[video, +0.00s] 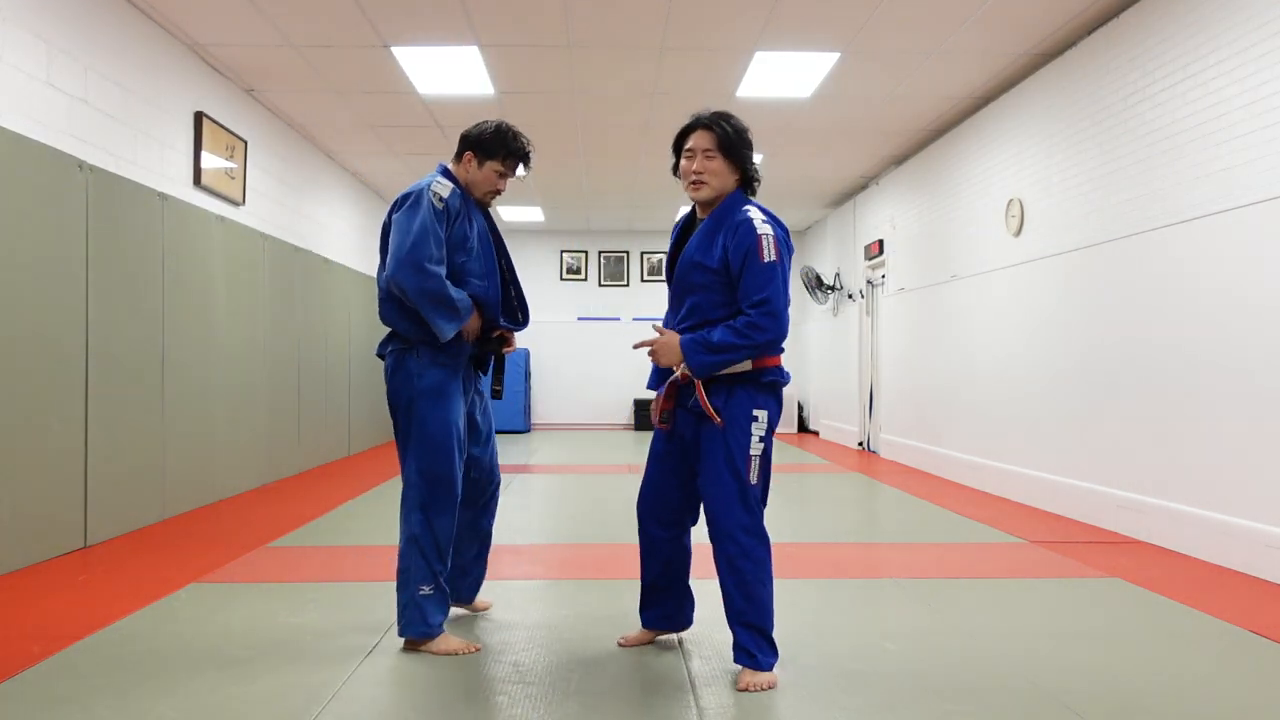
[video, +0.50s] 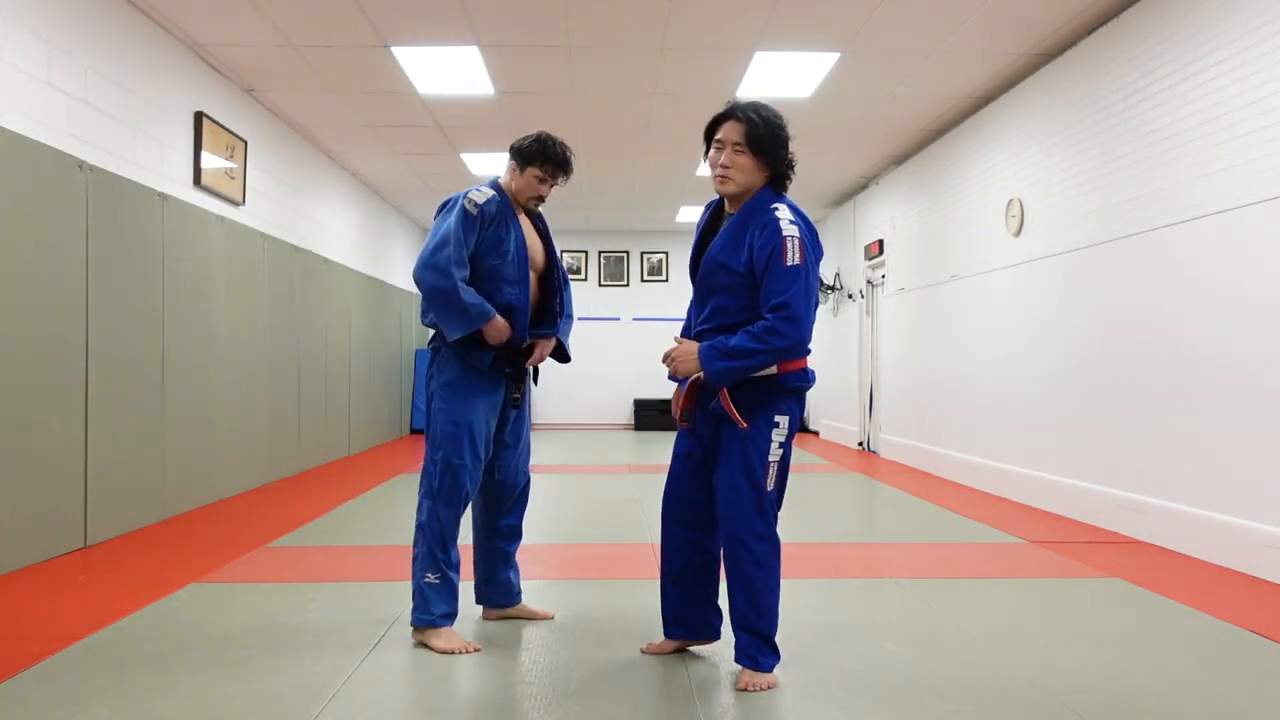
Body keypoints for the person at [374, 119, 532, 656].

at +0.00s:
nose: (504, 187)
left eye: (509, 178)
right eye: (500, 175)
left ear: (480, 168)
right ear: (469, 160)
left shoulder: (473, 213)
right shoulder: (429, 198)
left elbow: (479, 285)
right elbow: (410, 273)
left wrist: (496, 326)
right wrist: (463, 314)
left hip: (464, 367)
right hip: (426, 367)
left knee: (480, 479)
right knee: (434, 488)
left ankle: (456, 587)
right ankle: (420, 627)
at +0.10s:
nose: (509, 190)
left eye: (515, 180)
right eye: (505, 177)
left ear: (491, 172)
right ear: (473, 162)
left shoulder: (482, 217)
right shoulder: (432, 204)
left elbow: (495, 288)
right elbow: (415, 278)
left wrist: (510, 329)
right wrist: (469, 320)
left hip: (468, 368)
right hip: (429, 367)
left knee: (481, 485)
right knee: (430, 493)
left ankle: (490, 593)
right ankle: (419, 627)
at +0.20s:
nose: (517, 190)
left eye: (523, 181)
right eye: (513, 178)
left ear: (507, 176)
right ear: (483, 164)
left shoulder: (497, 220)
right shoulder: (441, 204)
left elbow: (514, 290)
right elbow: (422, 280)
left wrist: (520, 331)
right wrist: (471, 328)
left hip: (478, 369)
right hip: (436, 366)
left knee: (488, 487)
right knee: (429, 493)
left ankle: (502, 597)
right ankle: (418, 626)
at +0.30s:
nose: (528, 190)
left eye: (534, 181)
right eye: (524, 177)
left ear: (529, 179)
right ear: (497, 164)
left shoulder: (510, 220)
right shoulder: (452, 204)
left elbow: (528, 289)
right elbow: (432, 282)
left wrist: (529, 331)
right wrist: (477, 331)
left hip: (498, 374)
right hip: (449, 370)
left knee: (497, 489)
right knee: (434, 494)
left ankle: (500, 599)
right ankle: (419, 625)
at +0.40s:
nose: (538, 190)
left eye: (545, 182)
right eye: (533, 177)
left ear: (543, 181)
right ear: (508, 165)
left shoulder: (527, 221)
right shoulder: (466, 203)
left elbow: (544, 288)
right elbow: (434, 275)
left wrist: (541, 332)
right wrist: (482, 326)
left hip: (507, 373)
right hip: (456, 368)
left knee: (503, 487)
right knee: (441, 491)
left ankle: (500, 599)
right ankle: (423, 623)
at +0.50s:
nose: (546, 190)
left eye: (553, 183)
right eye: (542, 178)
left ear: (551, 183)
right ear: (517, 167)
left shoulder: (535, 223)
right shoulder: (474, 204)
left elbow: (556, 287)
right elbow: (434, 271)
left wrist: (549, 333)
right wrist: (484, 317)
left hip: (512, 374)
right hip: (464, 368)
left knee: (506, 488)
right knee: (449, 488)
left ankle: (500, 599)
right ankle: (431, 620)